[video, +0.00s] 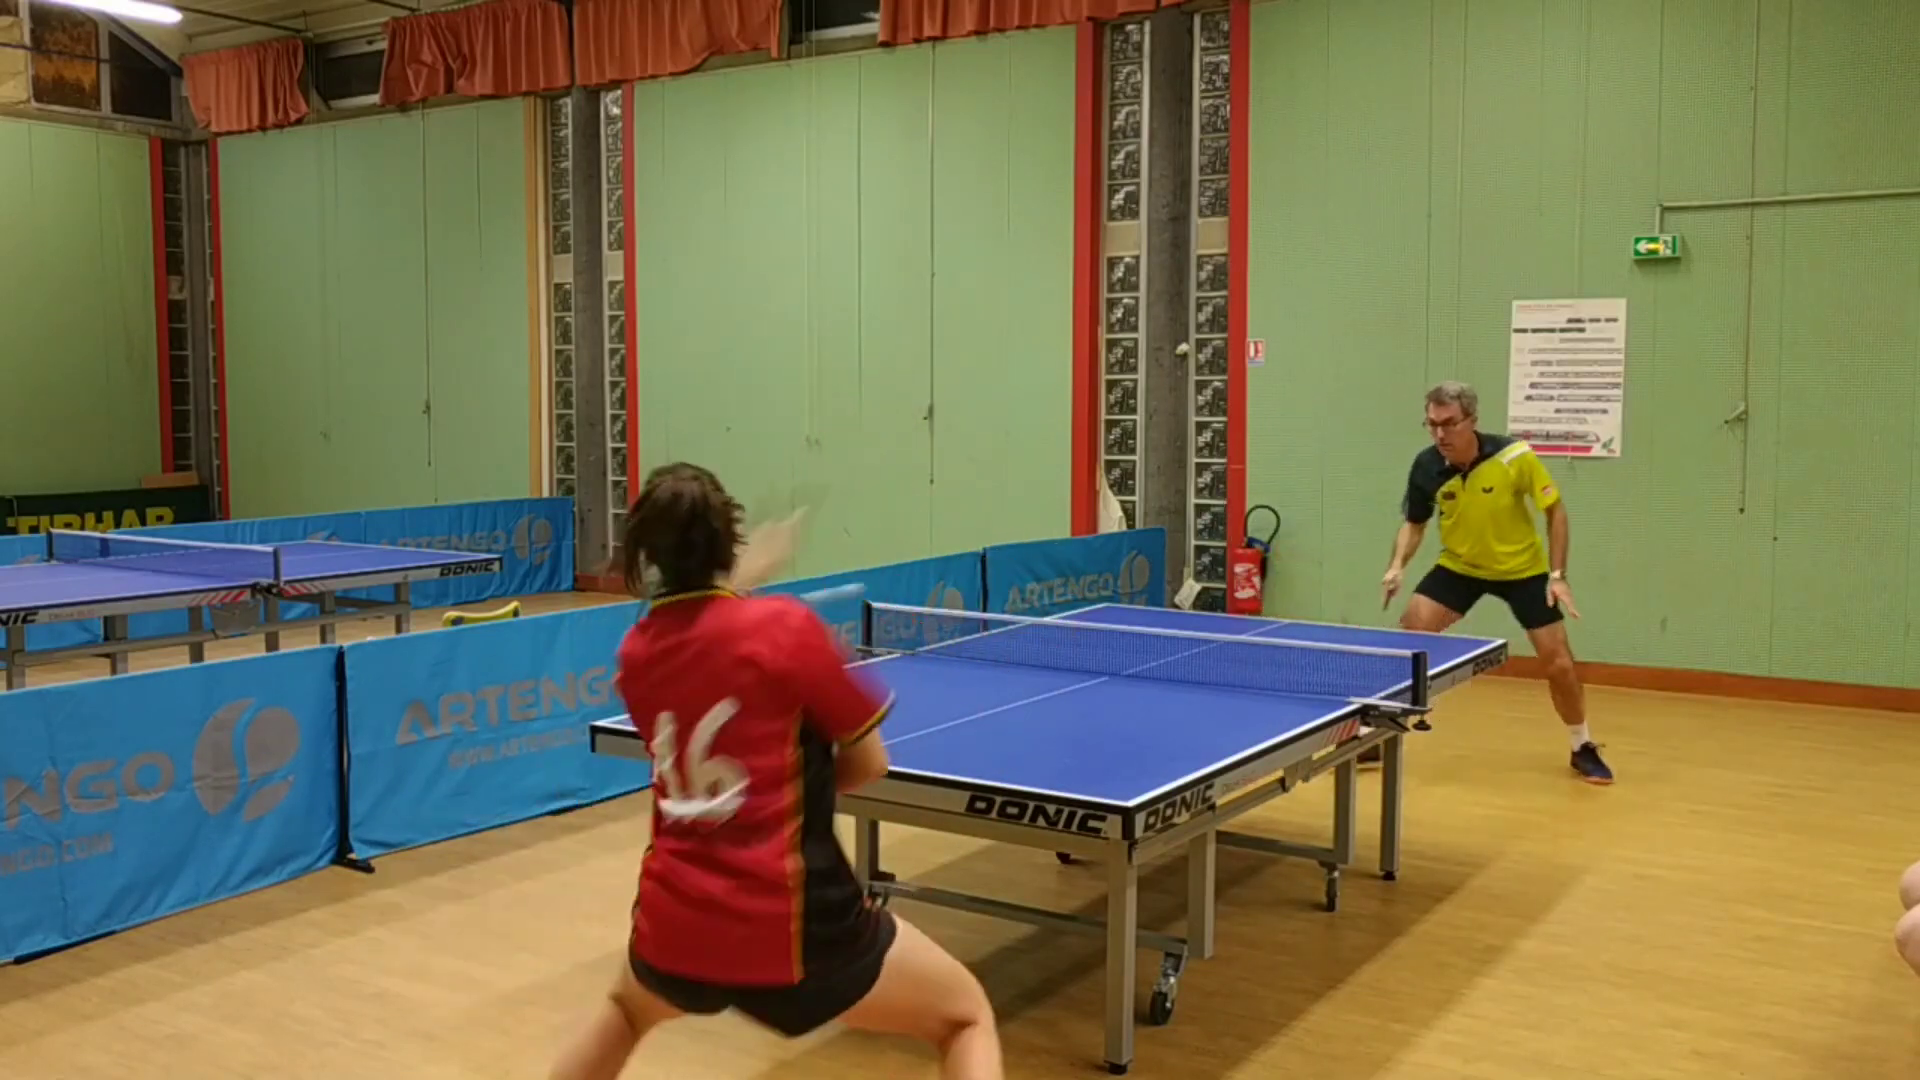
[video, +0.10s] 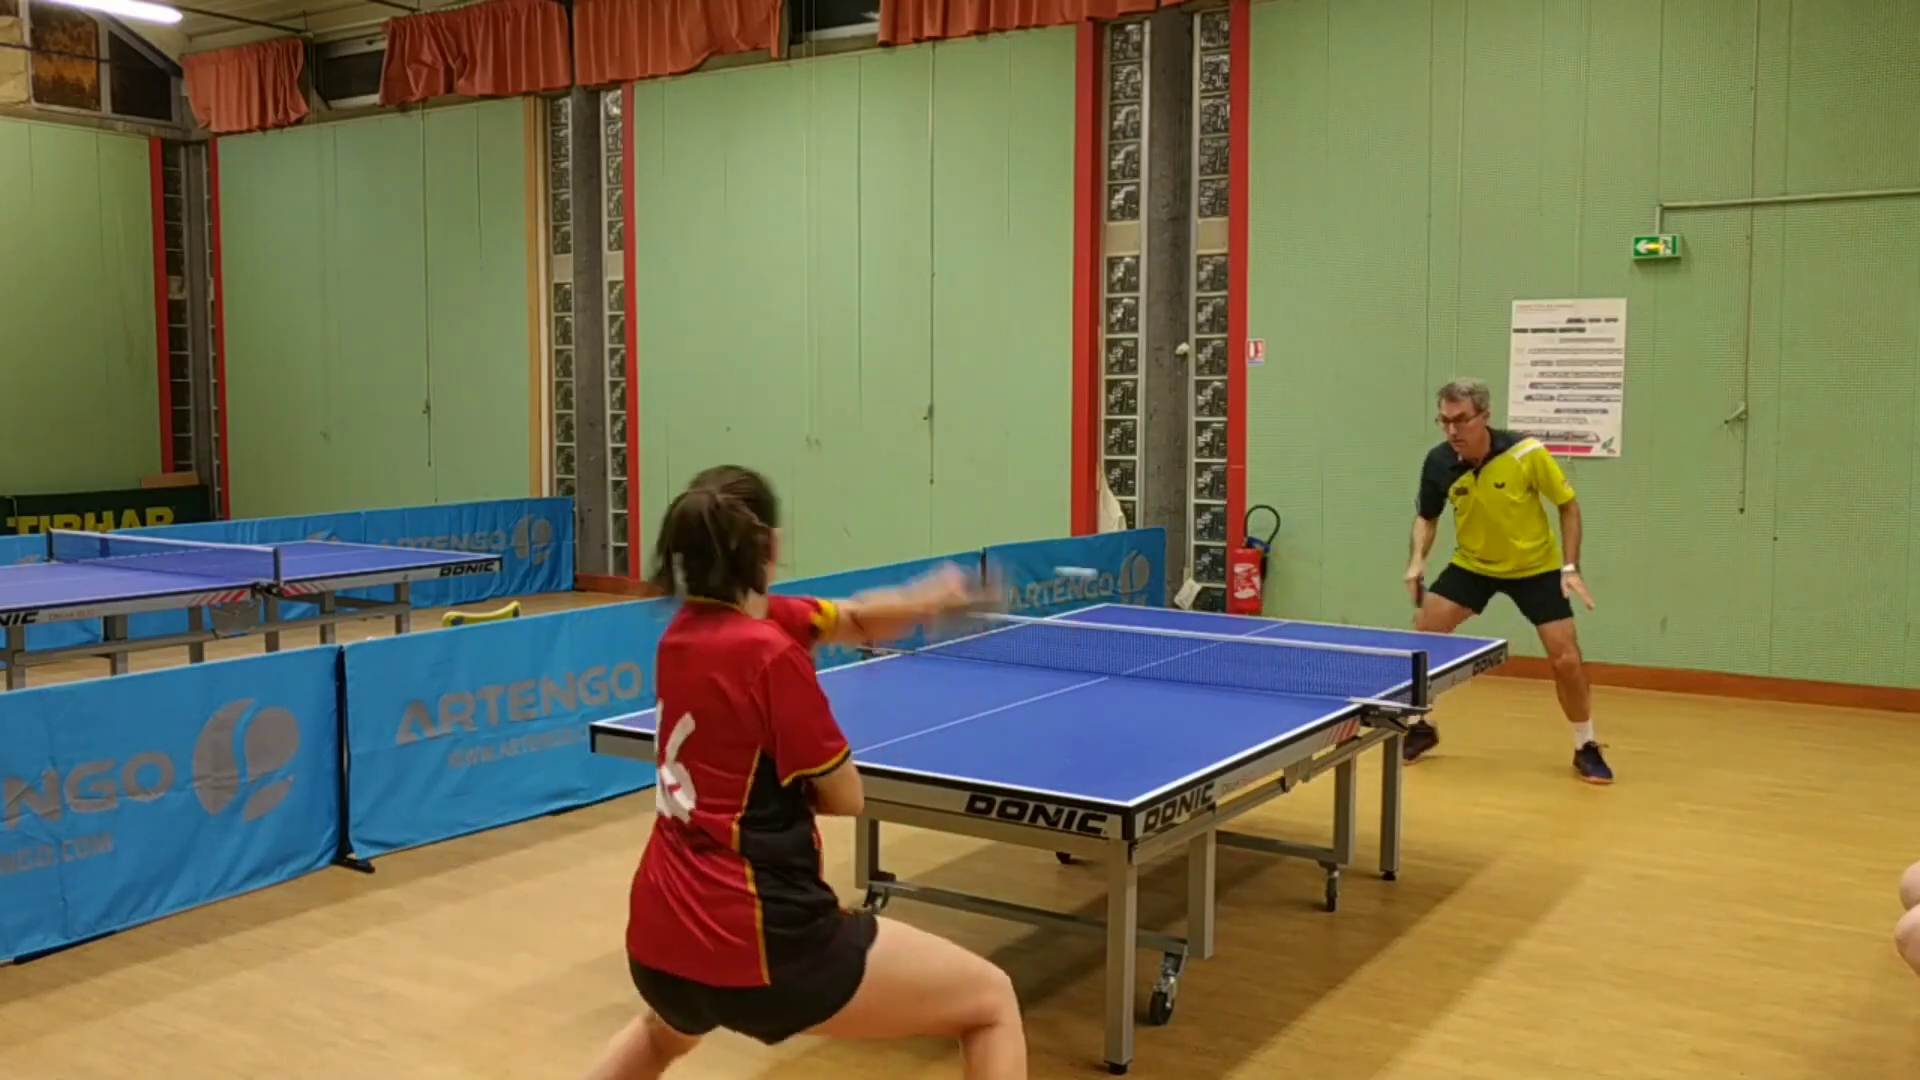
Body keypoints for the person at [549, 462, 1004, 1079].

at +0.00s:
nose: (741, 530)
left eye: (739, 522)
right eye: (736, 520)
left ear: (648, 551)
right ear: (728, 538)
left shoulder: (637, 650)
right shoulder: (780, 624)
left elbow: (693, 626)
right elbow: (867, 762)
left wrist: (747, 572)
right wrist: (787, 771)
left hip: (672, 934)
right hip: (796, 933)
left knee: (624, 1014)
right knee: (964, 1017)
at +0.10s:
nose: (780, 539)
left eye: (774, 527)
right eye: (776, 529)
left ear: (692, 551)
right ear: (767, 546)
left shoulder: (682, 632)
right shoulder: (770, 649)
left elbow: (849, 619)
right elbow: (843, 796)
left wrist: (931, 599)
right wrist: (784, 772)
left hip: (661, 941)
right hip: (762, 951)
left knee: (660, 1031)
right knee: (989, 998)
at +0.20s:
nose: (832, 530)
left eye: (826, 517)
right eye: (829, 518)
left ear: (737, 533)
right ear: (819, 532)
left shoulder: (715, 613)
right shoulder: (793, 637)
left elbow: (858, 668)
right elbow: (858, 794)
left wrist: (890, 686)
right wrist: (816, 735)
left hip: (661, 921)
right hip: (752, 934)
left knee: (677, 1032)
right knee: (989, 998)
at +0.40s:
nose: (839, 428)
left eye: (837, 412)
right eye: (835, 412)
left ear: (738, 427)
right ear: (816, 422)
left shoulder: (707, 514)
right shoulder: (833, 513)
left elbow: (774, 612)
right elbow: (879, 685)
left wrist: (902, 618)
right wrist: (820, 672)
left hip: (666, 813)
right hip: (786, 825)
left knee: (603, 1006)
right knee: (943, 1022)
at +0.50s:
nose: (818, 393)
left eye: (817, 381)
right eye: (815, 381)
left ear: (717, 396)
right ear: (802, 391)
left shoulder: (667, 499)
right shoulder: (843, 485)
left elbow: (673, 632)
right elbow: (895, 660)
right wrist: (836, 685)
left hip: (664, 783)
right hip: (792, 789)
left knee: (604, 991)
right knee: (924, 1018)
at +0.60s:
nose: (800, 420)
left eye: (797, 408)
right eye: (798, 409)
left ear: (697, 423)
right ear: (786, 421)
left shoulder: (641, 532)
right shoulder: (839, 527)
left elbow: (617, 682)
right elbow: (912, 692)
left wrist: (710, 672)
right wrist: (872, 729)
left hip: (663, 830)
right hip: (801, 829)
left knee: (581, 1043)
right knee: (921, 1052)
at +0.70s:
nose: (787, 466)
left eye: (783, 453)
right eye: (785, 455)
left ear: (686, 470)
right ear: (774, 467)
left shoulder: (633, 584)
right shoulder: (837, 574)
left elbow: (570, 745)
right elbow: (927, 723)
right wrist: (889, 771)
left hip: (679, 885)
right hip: (821, 882)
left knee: (571, 1066)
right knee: (940, 1068)